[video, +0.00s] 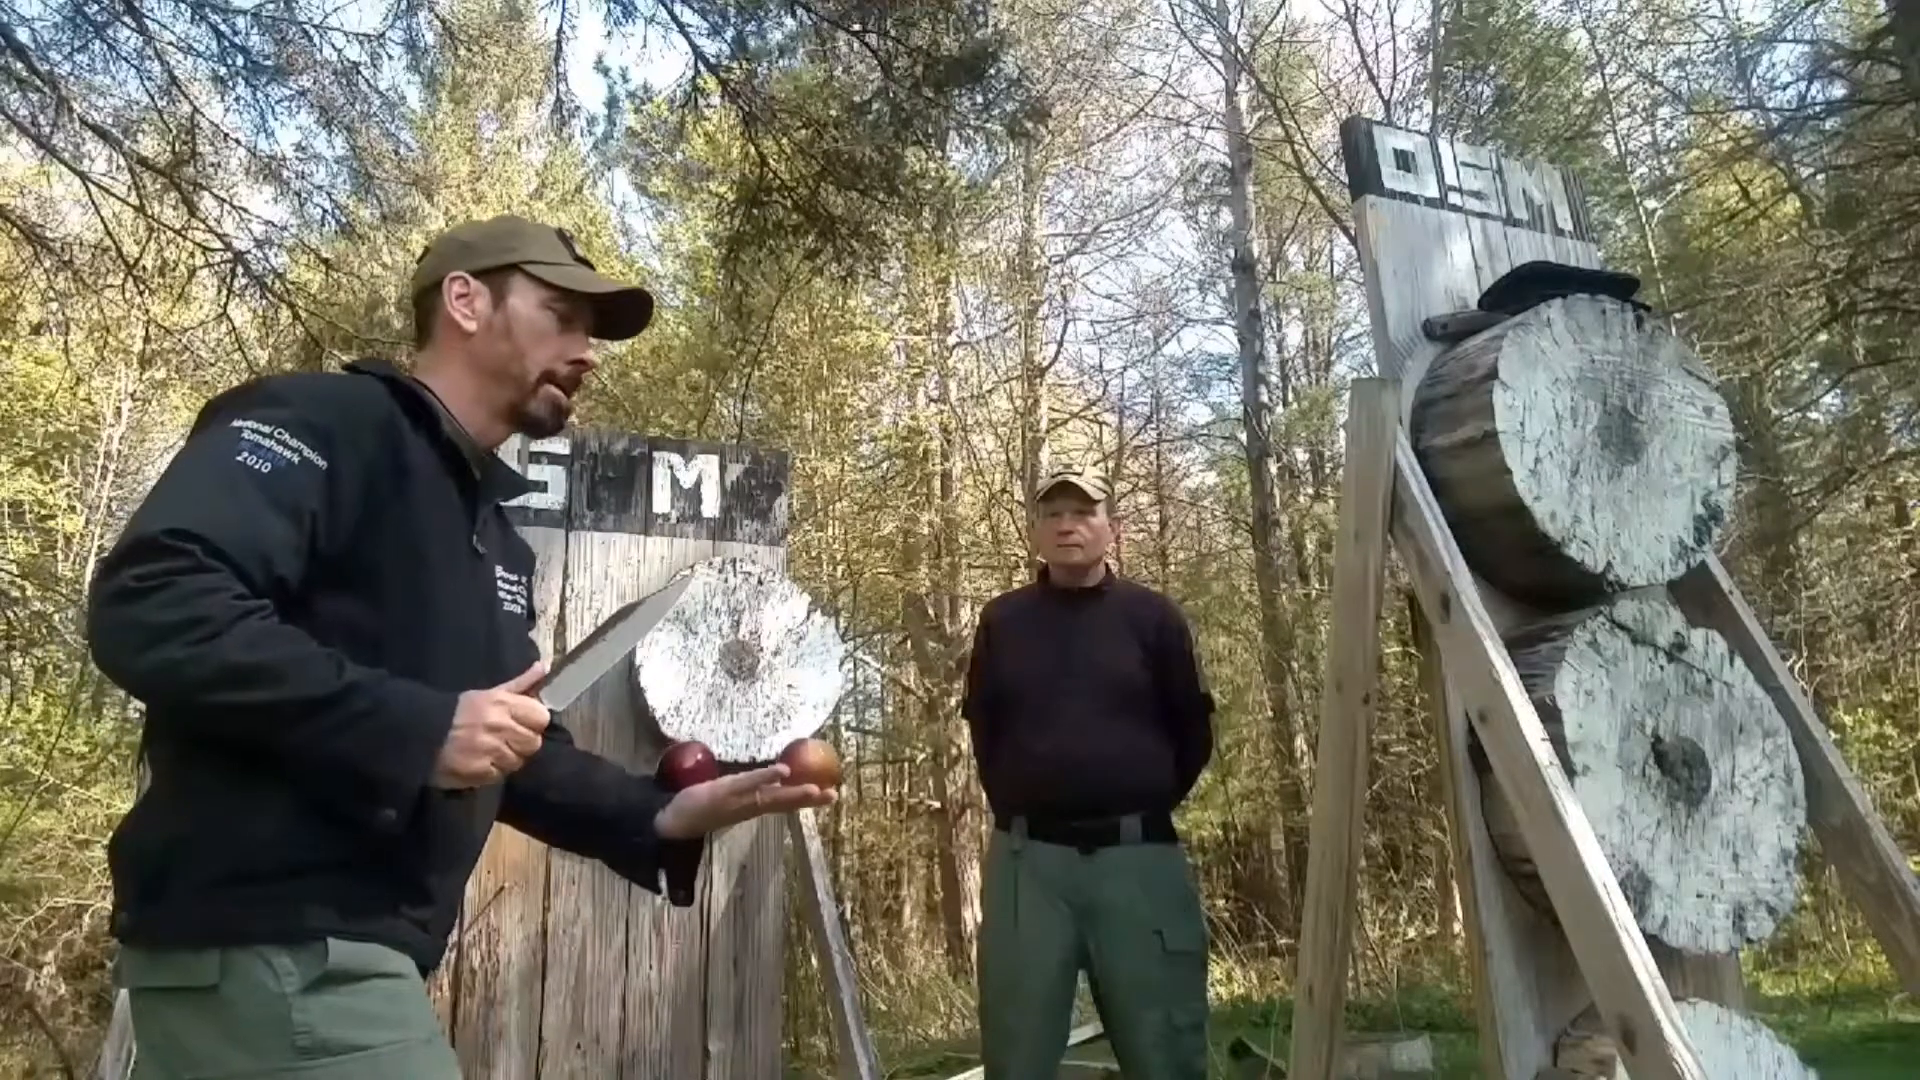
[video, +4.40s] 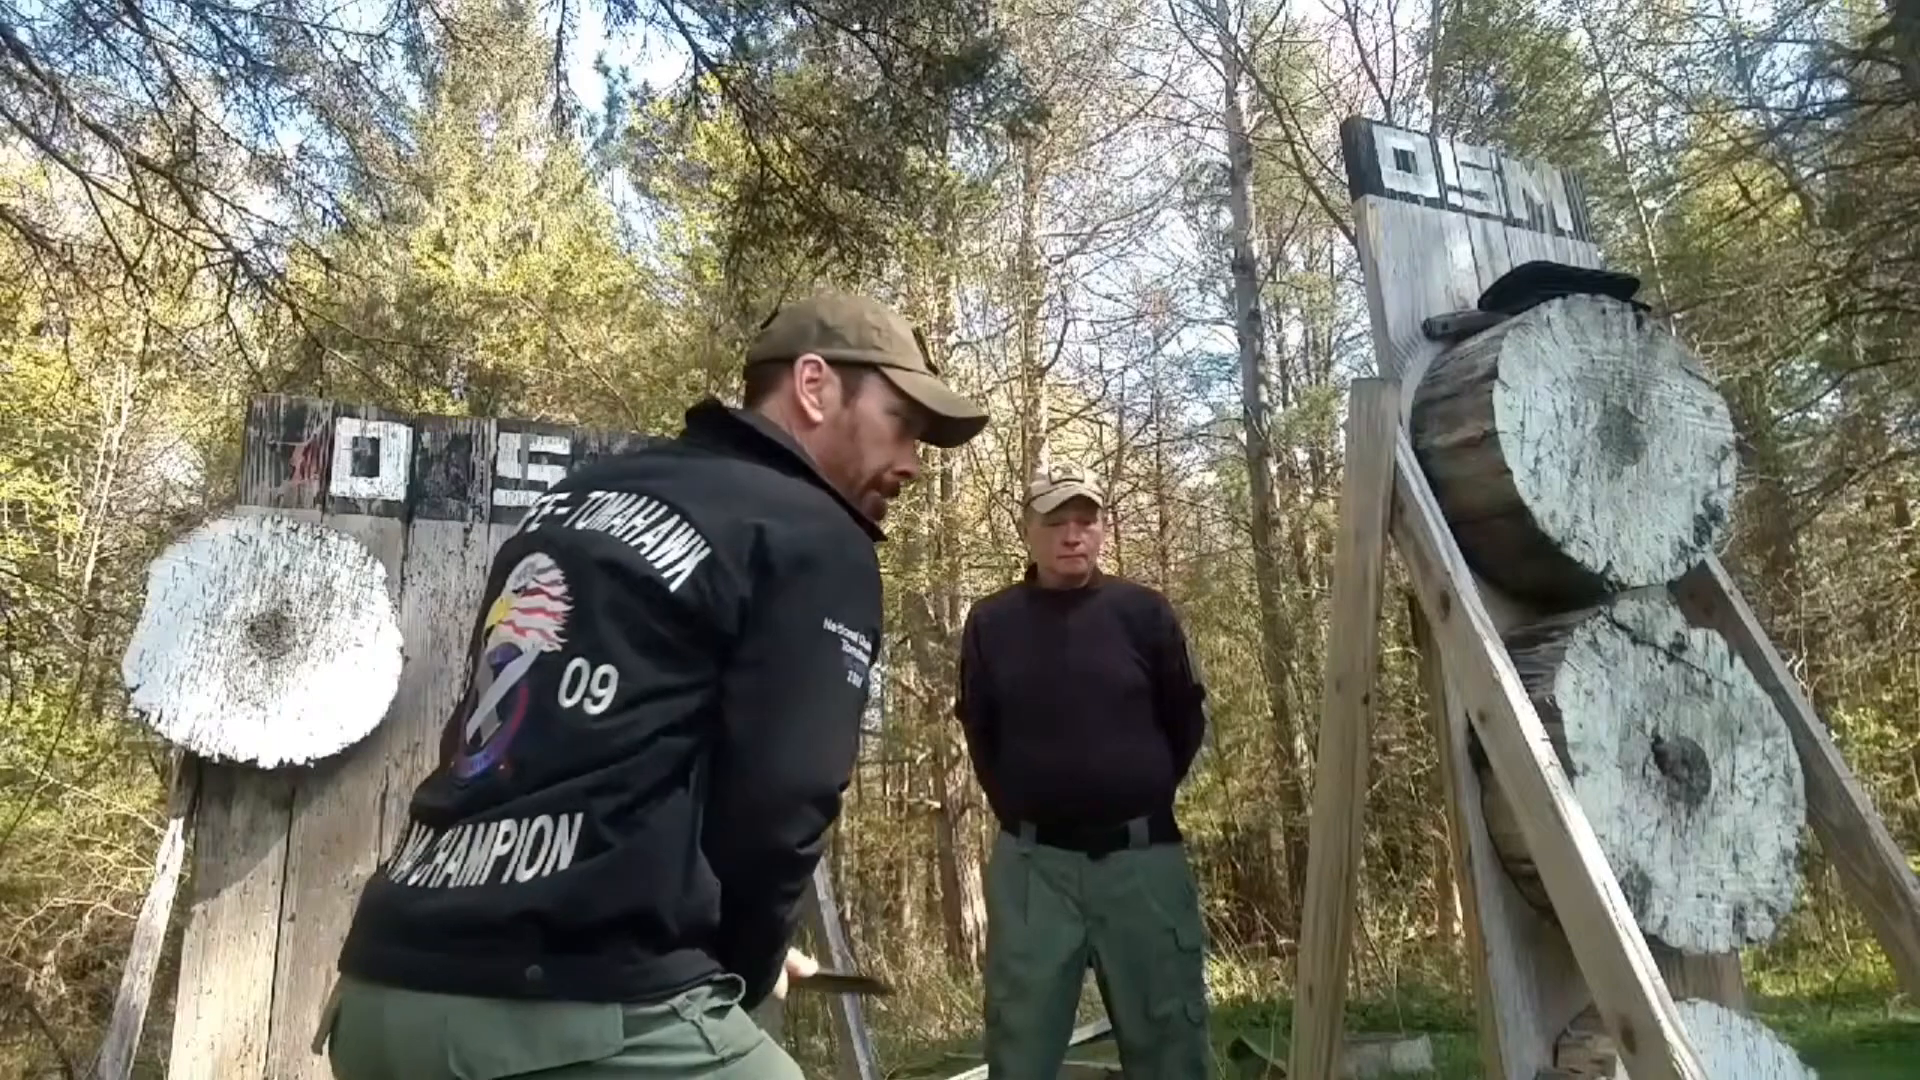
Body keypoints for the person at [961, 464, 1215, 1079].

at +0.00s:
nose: (1068, 524)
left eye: (1082, 512)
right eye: (1053, 515)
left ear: (1111, 530)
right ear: (1032, 534)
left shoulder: (1154, 615)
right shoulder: (1001, 618)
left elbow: (1194, 732)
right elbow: (982, 723)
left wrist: (1140, 812)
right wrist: (1024, 815)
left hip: (1140, 862)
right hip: (1026, 861)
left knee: (1164, 1058)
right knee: (1017, 1059)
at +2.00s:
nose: (1069, 521)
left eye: (1083, 510)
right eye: (1053, 512)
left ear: (1110, 530)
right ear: (1034, 533)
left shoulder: (1153, 614)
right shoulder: (1000, 618)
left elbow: (1194, 731)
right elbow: (983, 726)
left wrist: (1141, 813)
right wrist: (1026, 814)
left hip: (1138, 860)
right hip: (1025, 861)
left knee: (1164, 1057)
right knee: (1016, 1059)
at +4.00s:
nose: (1074, 525)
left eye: (1087, 513)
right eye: (1058, 513)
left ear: (1105, 533)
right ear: (1030, 530)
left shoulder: (1146, 612)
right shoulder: (992, 620)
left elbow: (1187, 722)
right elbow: (979, 730)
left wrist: (1138, 803)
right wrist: (1026, 815)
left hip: (1140, 861)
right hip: (1028, 862)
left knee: (1167, 1048)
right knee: (1019, 1052)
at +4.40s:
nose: (1075, 534)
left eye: (1087, 520)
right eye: (1058, 520)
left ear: (1103, 534)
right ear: (1028, 533)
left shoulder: (1144, 611)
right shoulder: (990, 620)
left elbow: (1186, 718)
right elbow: (980, 732)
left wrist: (1137, 800)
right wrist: (1026, 812)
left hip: (1143, 865)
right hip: (1029, 866)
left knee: (1168, 1049)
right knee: (1020, 1055)